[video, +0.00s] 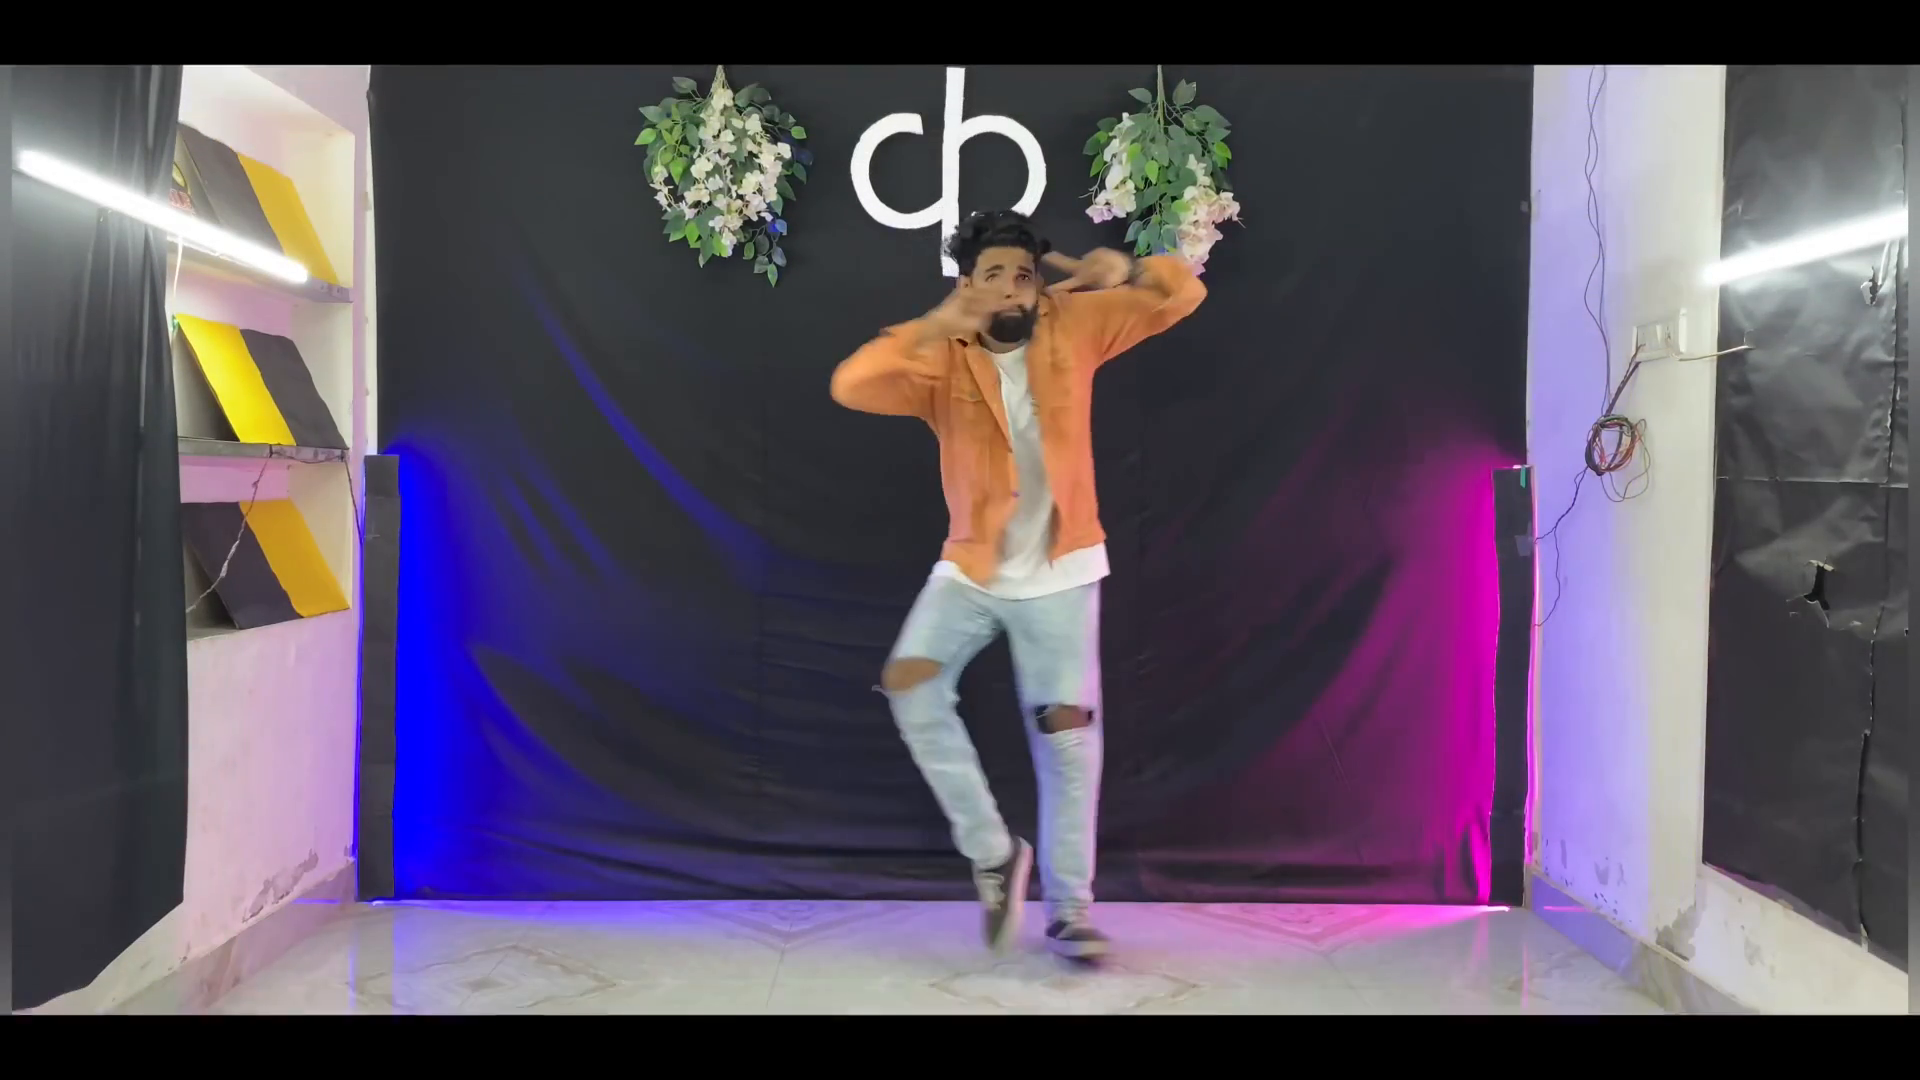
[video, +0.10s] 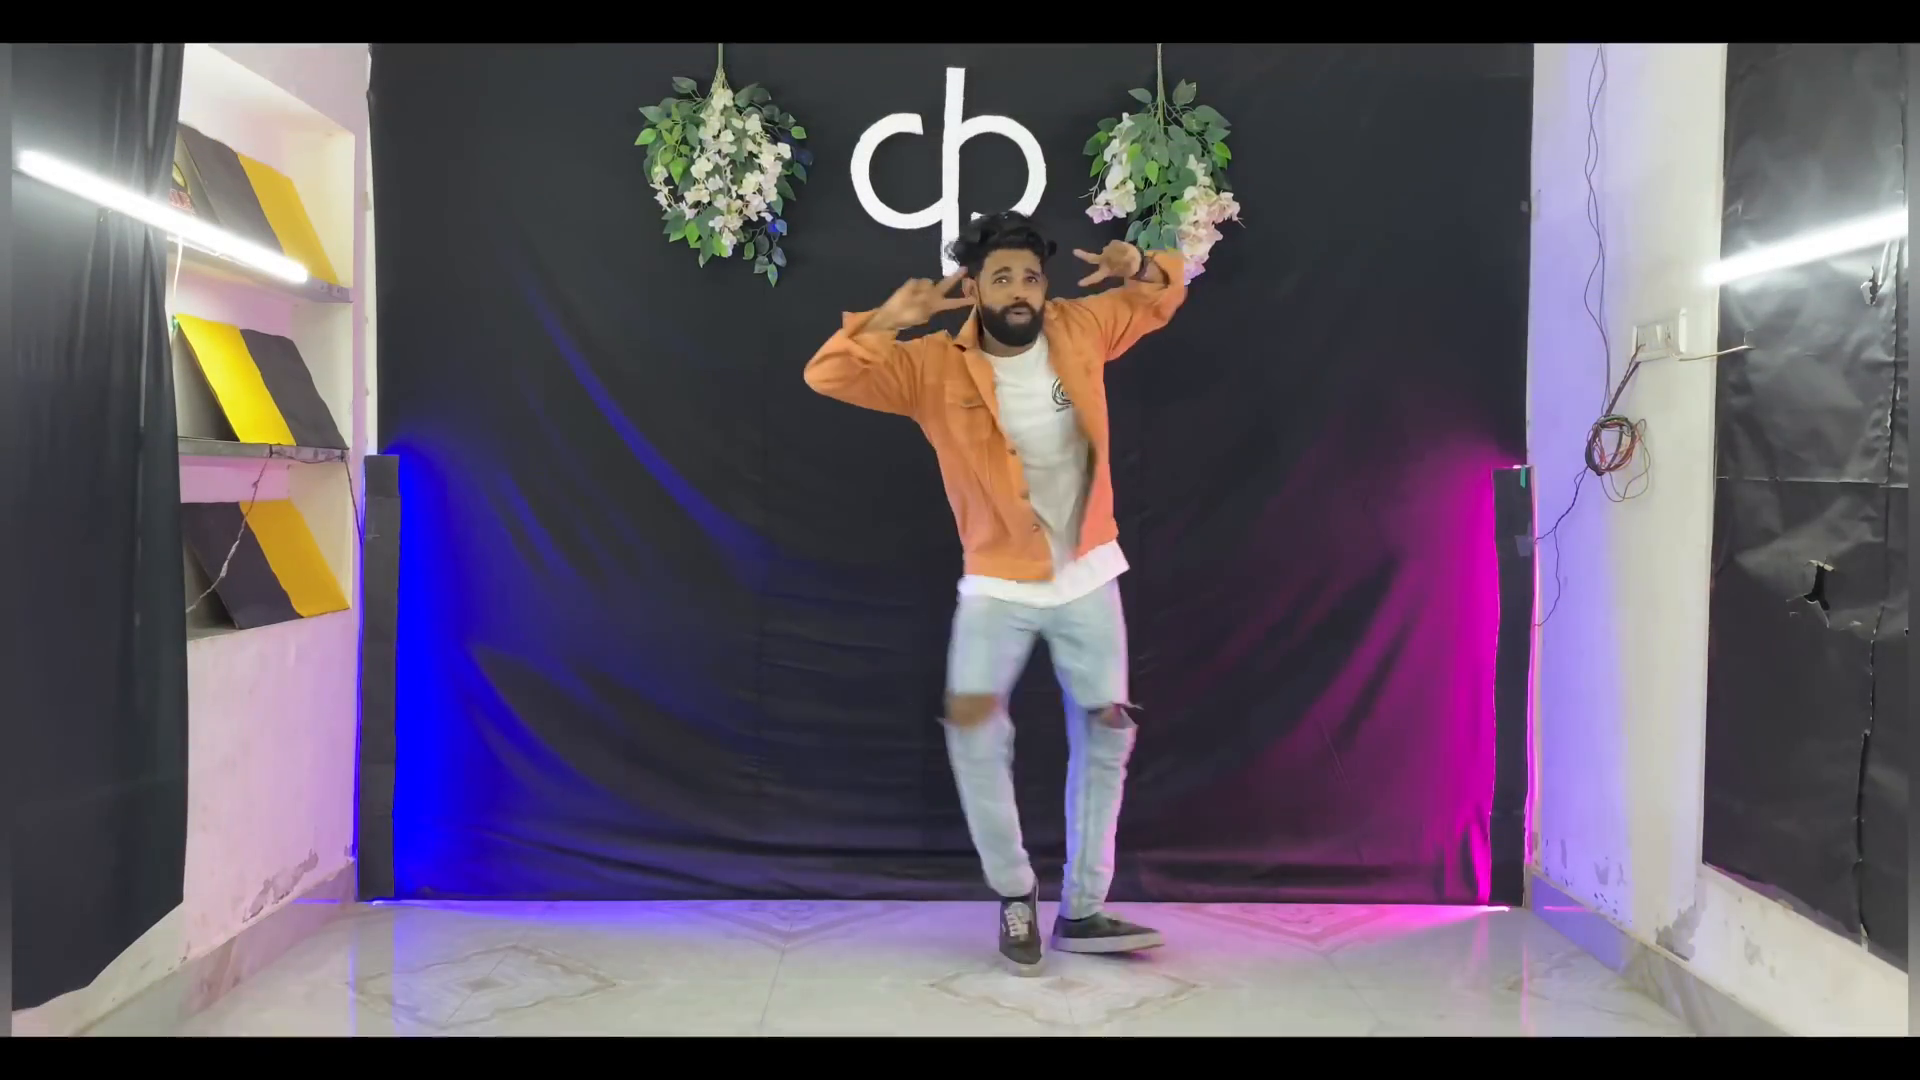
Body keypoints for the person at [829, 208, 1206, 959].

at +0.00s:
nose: (1012, 286)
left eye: (1024, 273)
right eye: (995, 273)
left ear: (1043, 281)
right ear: (966, 284)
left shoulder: (1076, 325)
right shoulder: (940, 356)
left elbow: (1180, 294)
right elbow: (850, 385)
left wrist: (1127, 270)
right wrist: (941, 323)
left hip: (1061, 567)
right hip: (972, 565)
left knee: (1067, 729)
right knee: (912, 684)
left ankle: (1071, 911)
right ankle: (992, 857)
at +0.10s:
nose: (1018, 290)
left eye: (1030, 276)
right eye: (1002, 277)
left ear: (1046, 284)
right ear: (973, 286)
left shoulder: (1080, 327)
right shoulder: (932, 364)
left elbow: (1164, 294)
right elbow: (827, 373)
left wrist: (1141, 264)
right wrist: (889, 317)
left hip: (1088, 571)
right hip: (997, 579)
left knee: (1107, 728)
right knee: (971, 720)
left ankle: (1085, 908)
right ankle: (1015, 899)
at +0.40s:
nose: (1008, 297)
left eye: (1021, 283)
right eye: (992, 283)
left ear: (1039, 290)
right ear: (965, 290)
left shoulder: (1076, 356)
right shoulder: (933, 375)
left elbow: (1174, 405)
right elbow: (826, 419)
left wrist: (1134, 348)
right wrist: (894, 376)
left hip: (1094, 579)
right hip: (1010, 598)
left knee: (1137, 715)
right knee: (1048, 750)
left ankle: (1095, 895)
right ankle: (1005, 913)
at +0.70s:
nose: (1015, 288)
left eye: (1029, 273)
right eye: (1001, 275)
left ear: (1060, 273)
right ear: (986, 281)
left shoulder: (1101, 335)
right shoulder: (972, 337)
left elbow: (1097, 403)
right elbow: (946, 423)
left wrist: (1062, 352)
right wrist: (896, 390)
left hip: (1031, 574)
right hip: (946, 569)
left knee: (1023, 729)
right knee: (941, 736)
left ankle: (1069, 904)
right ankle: (974, 910)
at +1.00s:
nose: (998, 258)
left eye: (1013, 245)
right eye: (985, 244)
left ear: (1041, 255)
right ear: (966, 254)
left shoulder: (1081, 334)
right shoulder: (941, 328)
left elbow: (1135, 426)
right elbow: (899, 437)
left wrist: (1136, 350)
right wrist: (903, 358)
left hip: (1044, 567)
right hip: (953, 556)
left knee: (1058, 733)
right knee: (882, 692)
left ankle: (1075, 909)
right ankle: (928, 861)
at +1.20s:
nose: (957, 258)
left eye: (973, 245)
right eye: (942, 245)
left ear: (997, 256)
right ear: (921, 256)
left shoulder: (1033, 330)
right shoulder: (898, 330)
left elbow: (1103, 408)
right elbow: (856, 422)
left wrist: (1131, 343)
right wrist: (830, 351)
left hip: (1012, 582)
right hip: (915, 578)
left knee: (1044, 740)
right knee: (869, 729)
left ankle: (1072, 907)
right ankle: (931, 885)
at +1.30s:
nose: (923, 264)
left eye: (939, 251)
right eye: (910, 251)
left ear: (969, 264)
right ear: (891, 266)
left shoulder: (1014, 335)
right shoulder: (872, 332)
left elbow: (1109, 373)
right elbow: (796, 392)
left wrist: (1158, 297)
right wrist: (750, 309)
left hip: (986, 588)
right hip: (884, 577)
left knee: (1027, 741)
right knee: (799, 709)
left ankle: (1071, 905)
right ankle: (829, 882)